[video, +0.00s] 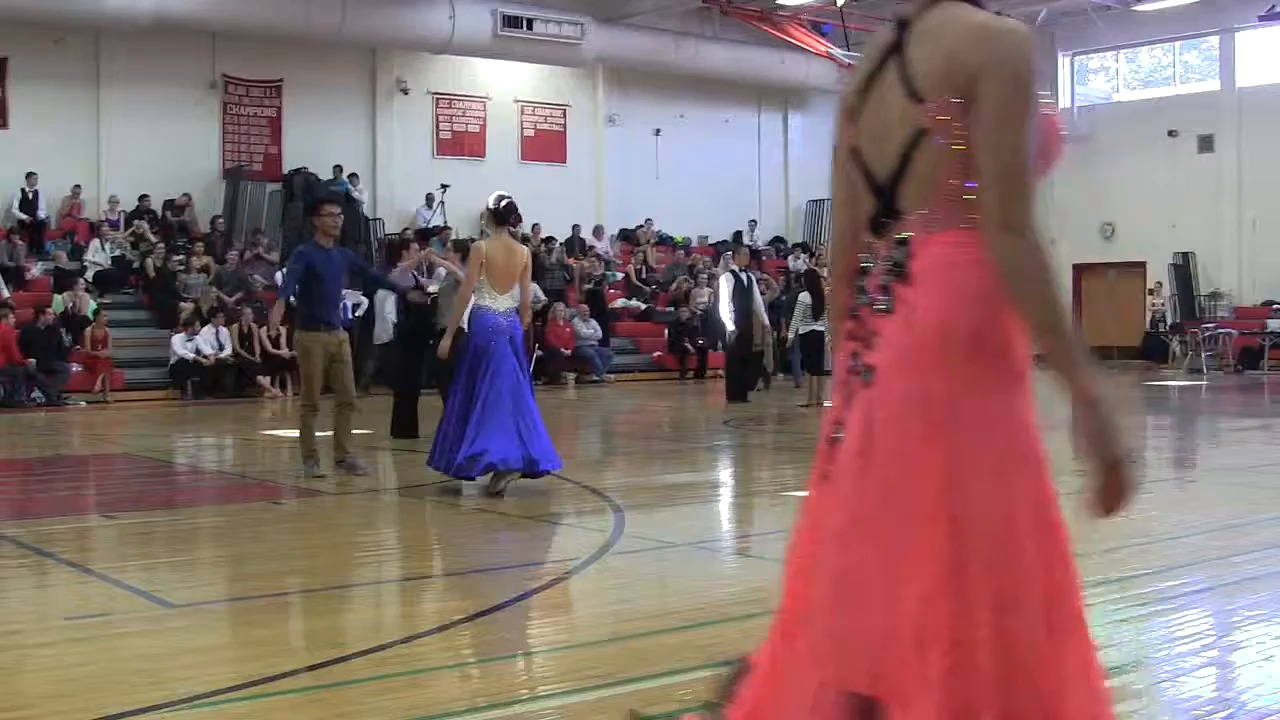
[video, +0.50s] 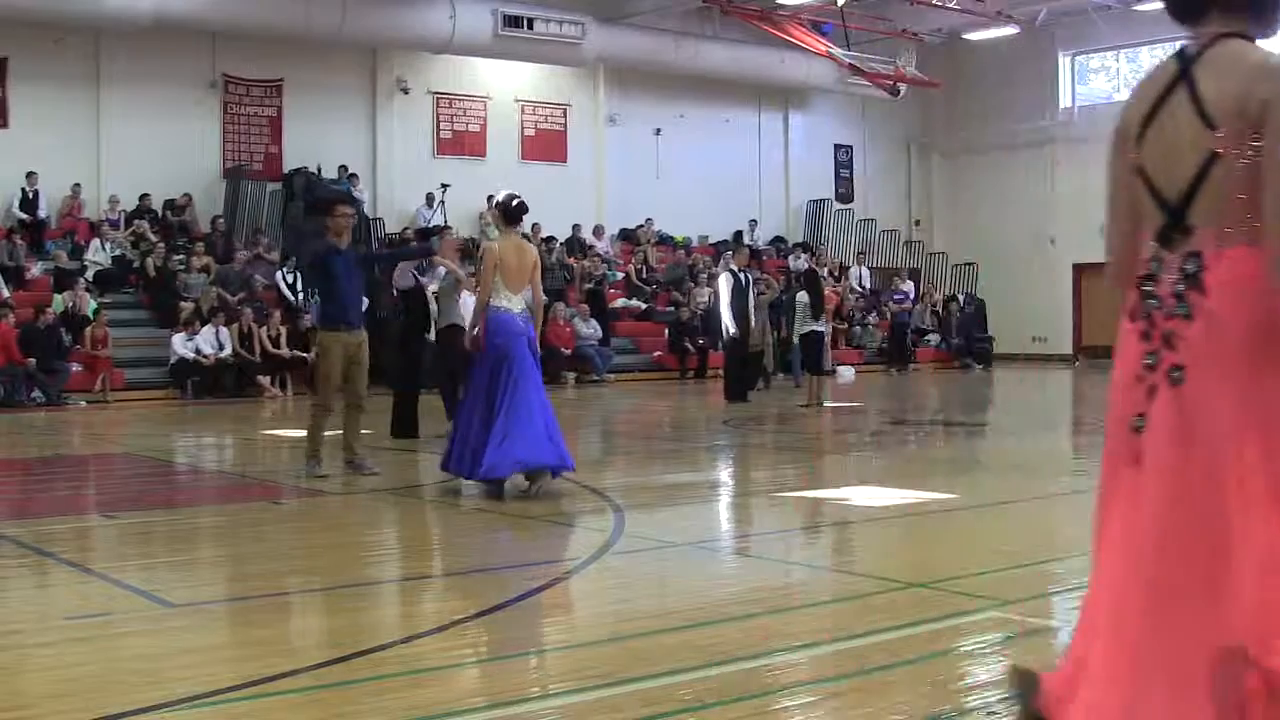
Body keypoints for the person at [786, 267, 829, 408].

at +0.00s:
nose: (802, 282)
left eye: (803, 279)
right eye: (803, 279)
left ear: (805, 281)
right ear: (818, 281)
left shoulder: (804, 296)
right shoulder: (822, 296)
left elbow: (797, 317)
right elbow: (826, 317)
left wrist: (790, 335)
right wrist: (829, 333)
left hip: (807, 332)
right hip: (820, 332)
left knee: (810, 368)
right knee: (818, 368)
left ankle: (811, 398)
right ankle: (819, 398)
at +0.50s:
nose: (802, 281)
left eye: (803, 278)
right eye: (804, 278)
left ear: (804, 280)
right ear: (817, 280)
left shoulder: (801, 295)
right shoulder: (820, 295)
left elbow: (799, 318)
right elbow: (822, 316)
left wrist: (795, 335)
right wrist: (823, 330)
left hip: (807, 332)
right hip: (820, 332)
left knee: (811, 369)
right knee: (818, 369)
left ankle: (811, 398)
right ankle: (818, 398)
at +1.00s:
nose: (800, 281)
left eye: (802, 279)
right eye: (801, 279)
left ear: (805, 280)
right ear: (817, 280)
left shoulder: (801, 296)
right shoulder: (820, 295)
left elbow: (792, 314)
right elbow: (825, 315)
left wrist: (782, 329)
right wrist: (836, 328)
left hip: (806, 332)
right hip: (819, 332)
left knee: (810, 368)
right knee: (817, 367)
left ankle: (811, 398)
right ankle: (819, 397)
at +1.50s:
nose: (801, 282)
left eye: (802, 279)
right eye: (802, 279)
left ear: (805, 279)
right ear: (817, 279)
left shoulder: (801, 293)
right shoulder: (822, 293)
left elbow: (792, 310)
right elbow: (822, 313)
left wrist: (789, 316)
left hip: (807, 331)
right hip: (820, 330)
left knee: (810, 367)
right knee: (818, 367)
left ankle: (811, 398)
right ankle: (820, 398)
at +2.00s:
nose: (808, 282)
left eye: (809, 280)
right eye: (809, 279)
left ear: (812, 281)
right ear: (824, 282)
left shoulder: (809, 292)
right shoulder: (828, 296)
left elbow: (805, 272)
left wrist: (808, 256)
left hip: (805, 330)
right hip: (820, 331)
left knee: (791, 360)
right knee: (820, 367)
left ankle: (794, 393)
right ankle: (821, 398)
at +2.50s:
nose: (811, 281)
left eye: (812, 279)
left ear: (812, 281)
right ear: (825, 282)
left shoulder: (806, 293)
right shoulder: (827, 297)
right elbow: (828, 317)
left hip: (803, 327)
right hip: (820, 329)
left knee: (796, 363)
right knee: (821, 366)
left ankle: (796, 395)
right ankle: (822, 398)